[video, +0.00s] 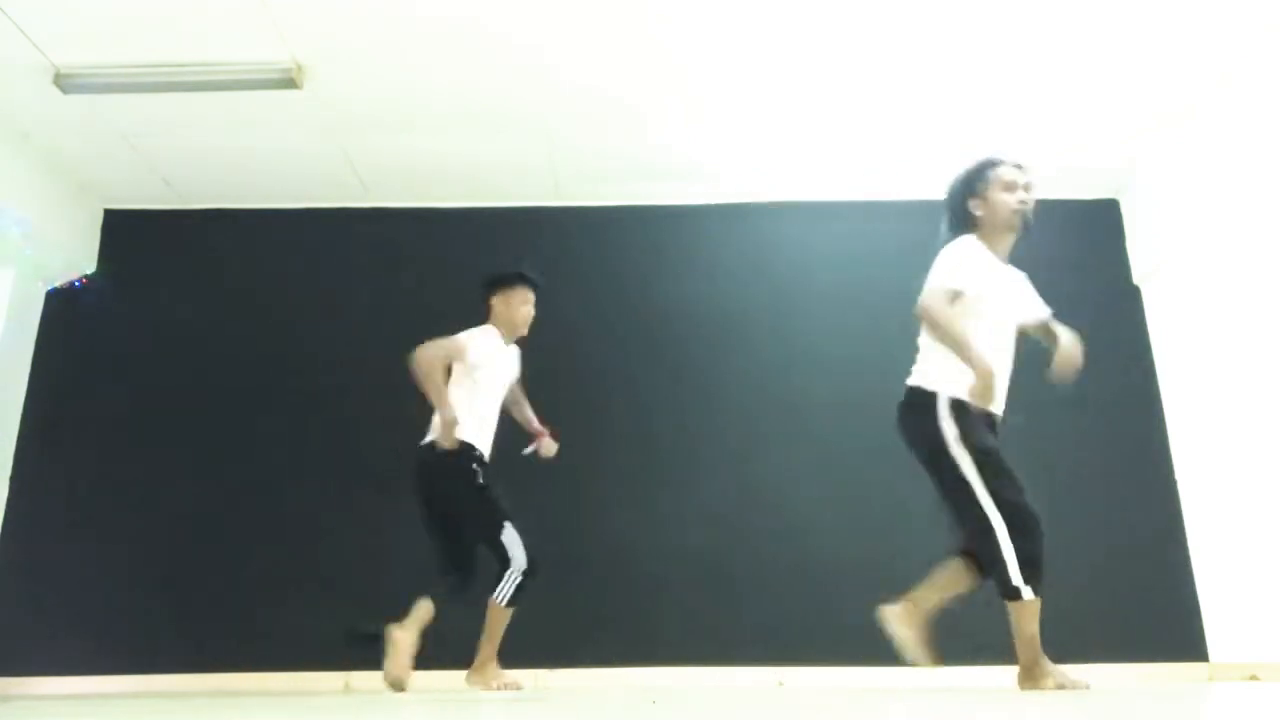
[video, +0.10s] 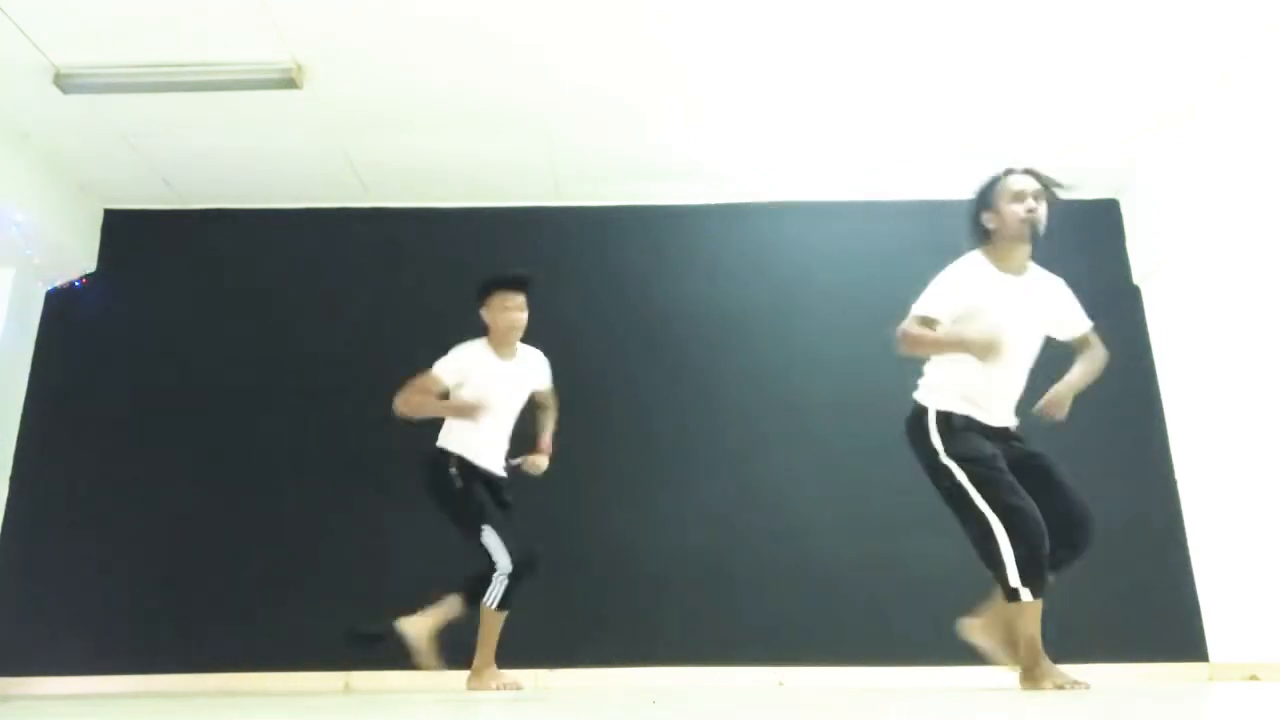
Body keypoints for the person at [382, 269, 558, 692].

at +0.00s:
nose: (531, 314)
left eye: (532, 305)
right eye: (524, 304)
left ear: (522, 310)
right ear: (497, 305)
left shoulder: (509, 354)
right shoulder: (479, 339)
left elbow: (513, 397)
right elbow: (424, 357)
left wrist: (538, 431)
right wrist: (444, 411)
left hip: (442, 461)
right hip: (458, 461)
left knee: (458, 568)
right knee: (517, 561)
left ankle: (406, 632)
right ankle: (485, 666)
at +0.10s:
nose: (516, 316)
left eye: (521, 308)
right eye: (506, 308)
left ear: (528, 314)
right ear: (485, 315)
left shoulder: (535, 362)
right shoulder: (467, 356)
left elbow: (546, 406)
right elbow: (405, 402)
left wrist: (542, 450)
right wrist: (457, 407)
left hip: (493, 473)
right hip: (455, 465)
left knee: (511, 566)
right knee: (501, 563)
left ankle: (422, 623)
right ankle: (482, 670)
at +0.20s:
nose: (482, 333)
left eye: (492, 324)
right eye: (476, 325)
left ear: (513, 328)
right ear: (471, 330)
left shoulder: (539, 372)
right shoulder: (460, 376)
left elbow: (575, 410)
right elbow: (404, 430)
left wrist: (553, 463)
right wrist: (377, 407)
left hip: (509, 487)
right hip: (461, 481)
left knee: (556, 554)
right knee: (500, 562)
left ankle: (485, 631)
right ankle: (482, 671)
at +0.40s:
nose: (460, 363)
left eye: (468, 354)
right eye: (457, 354)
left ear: (494, 352)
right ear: (457, 357)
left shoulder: (539, 388)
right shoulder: (459, 404)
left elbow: (600, 416)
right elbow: (394, 434)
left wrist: (579, 477)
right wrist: (320, 432)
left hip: (542, 498)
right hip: (494, 497)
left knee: (599, 552)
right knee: (506, 571)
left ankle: (536, 638)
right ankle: (490, 669)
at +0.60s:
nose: (479, 358)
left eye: (486, 348)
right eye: (476, 350)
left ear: (514, 345)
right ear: (477, 354)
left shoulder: (560, 380)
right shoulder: (482, 401)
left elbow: (622, 409)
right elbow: (417, 420)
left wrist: (601, 469)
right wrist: (345, 416)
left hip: (568, 492)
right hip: (520, 493)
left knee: (625, 540)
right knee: (525, 567)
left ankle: (594, 638)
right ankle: (491, 670)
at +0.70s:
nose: (501, 349)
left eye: (508, 340)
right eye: (497, 341)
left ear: (536, 336)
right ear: (498, 344)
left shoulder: (579, 372)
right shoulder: (501, 392)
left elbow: (638, 405)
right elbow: (444, 415)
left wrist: (615, 464)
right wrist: (380, 406)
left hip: (584, 487)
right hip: (533, 489)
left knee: (643, 551)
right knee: (534, 568)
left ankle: (651, 653)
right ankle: (495, 669)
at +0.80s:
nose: (534, 343)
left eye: (542, 333)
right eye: (528, 336)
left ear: (565, 333)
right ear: (526, 341)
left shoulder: (603, 370)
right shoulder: (525, 386)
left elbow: (657, 406)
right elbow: (485, 421)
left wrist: (633, 463)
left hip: (600, 486)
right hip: (551, 486)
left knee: (657, 555)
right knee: (546, 571)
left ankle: (693, 660)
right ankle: (497, 667)